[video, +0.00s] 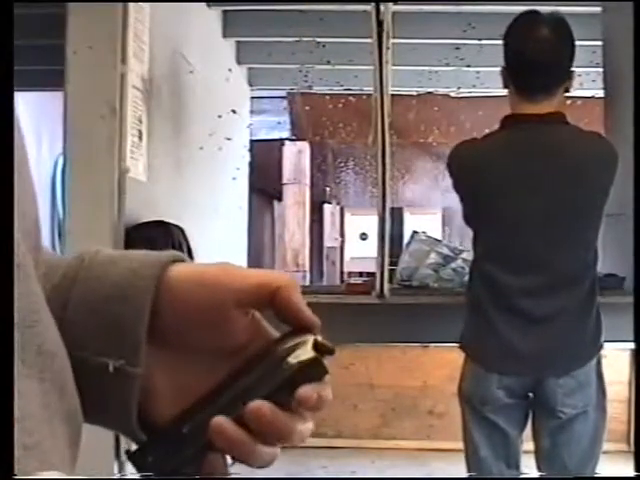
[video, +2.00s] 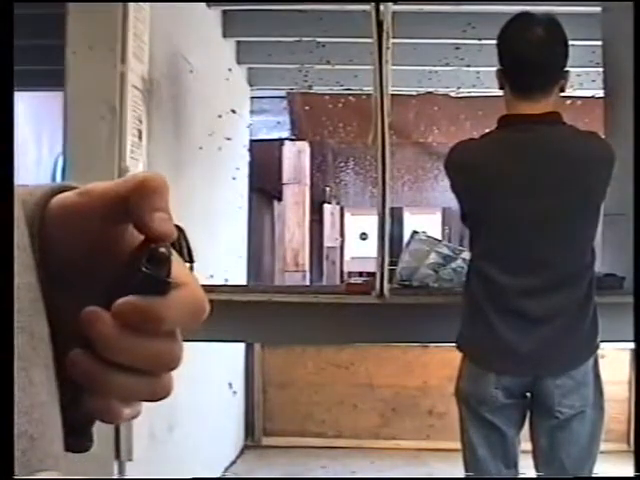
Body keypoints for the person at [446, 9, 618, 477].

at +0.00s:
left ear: (504, 78)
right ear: (570, 81)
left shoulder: (467, 159)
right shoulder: (600, 156)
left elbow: (481, 220)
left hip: (493, 356)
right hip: (571, 358)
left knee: (491, 472)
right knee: (571, 472)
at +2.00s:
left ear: (500, 78)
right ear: (564, 79)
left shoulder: (465, 160)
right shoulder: (596, 155)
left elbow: (482, 219)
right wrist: (551, 113)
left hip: (490, 357)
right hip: (569, 358)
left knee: (489, 472)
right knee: (567, 472)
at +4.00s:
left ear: (497, 79)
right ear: (562, 80)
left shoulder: (461, 161)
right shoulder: (594, 155)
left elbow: (477, 222)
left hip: (488, 359)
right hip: (567, 360)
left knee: (487, 472)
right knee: (567, 472)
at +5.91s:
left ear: (494, 80)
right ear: (560, 80)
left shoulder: (458, 162)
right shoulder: (592, 155)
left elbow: (472, 223)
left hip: (485, 361)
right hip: (565, 361)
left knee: (486, 472)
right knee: (565, 472)